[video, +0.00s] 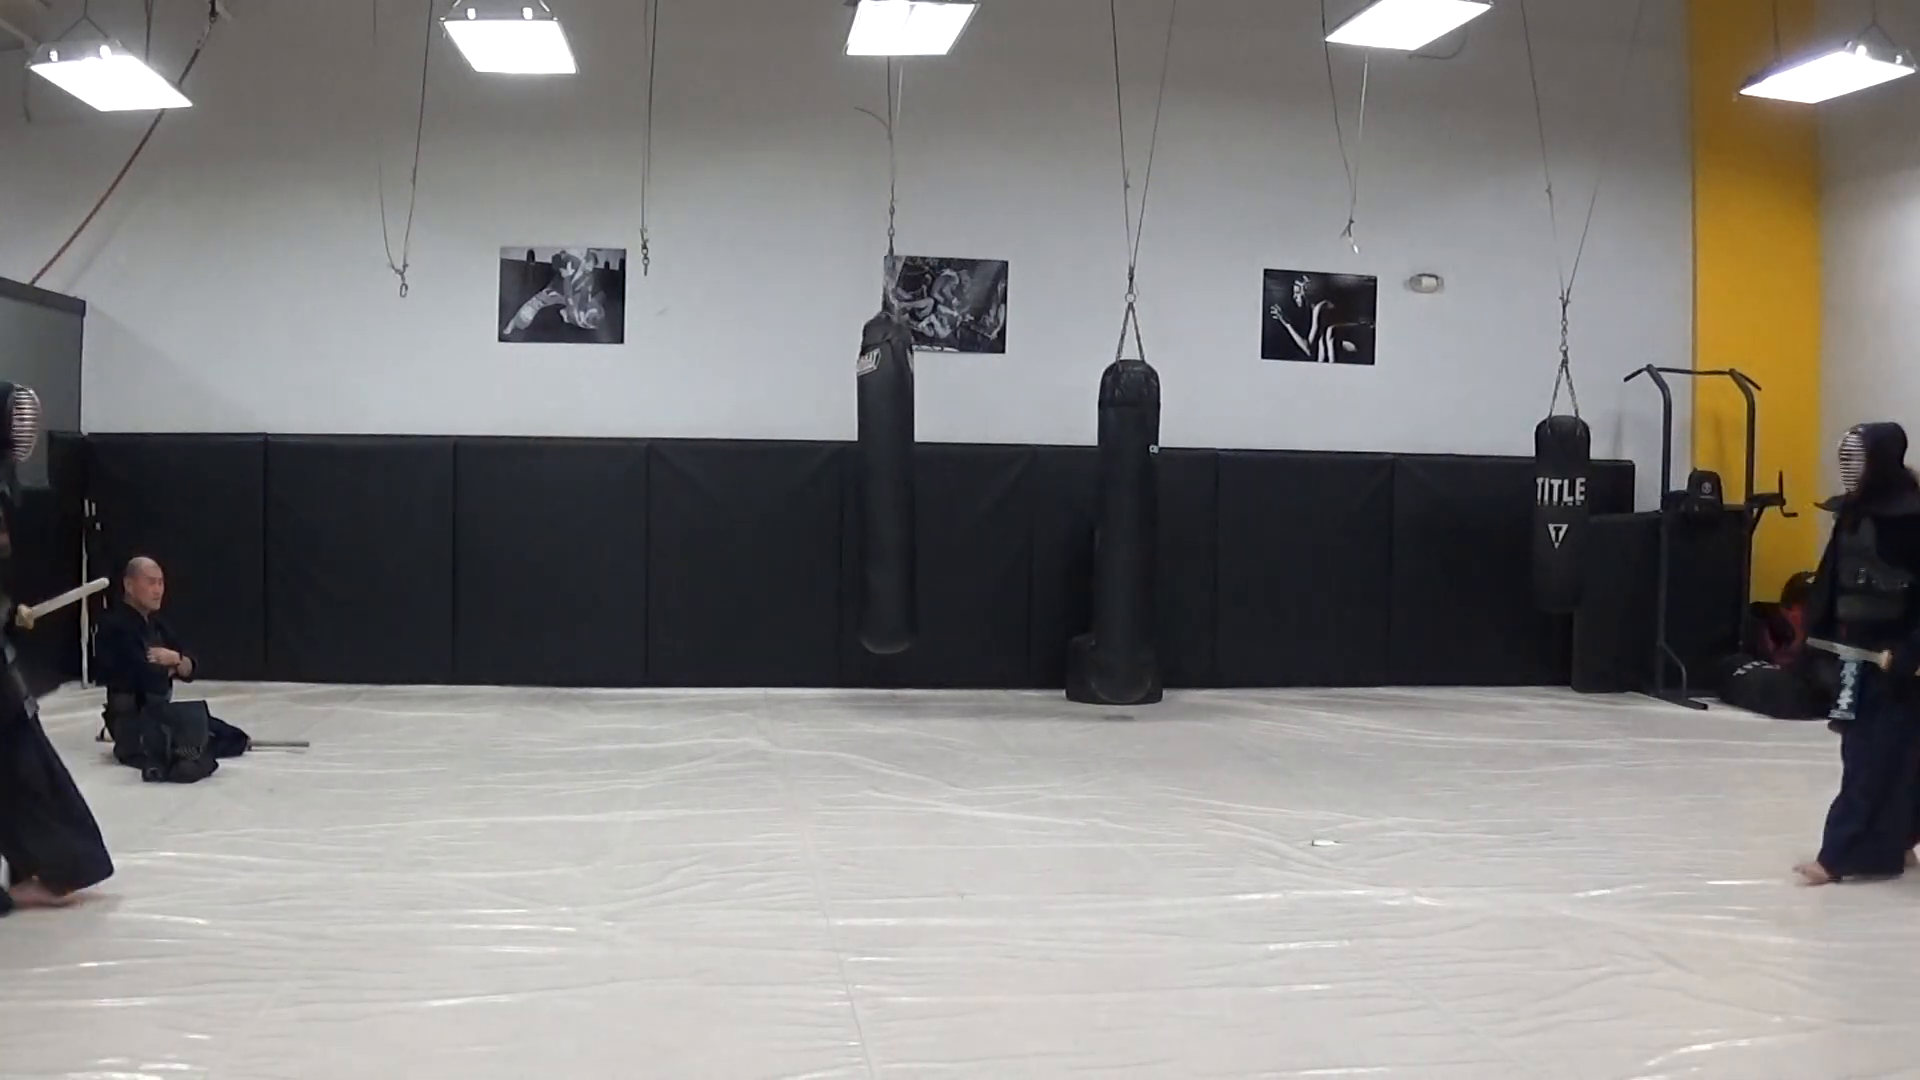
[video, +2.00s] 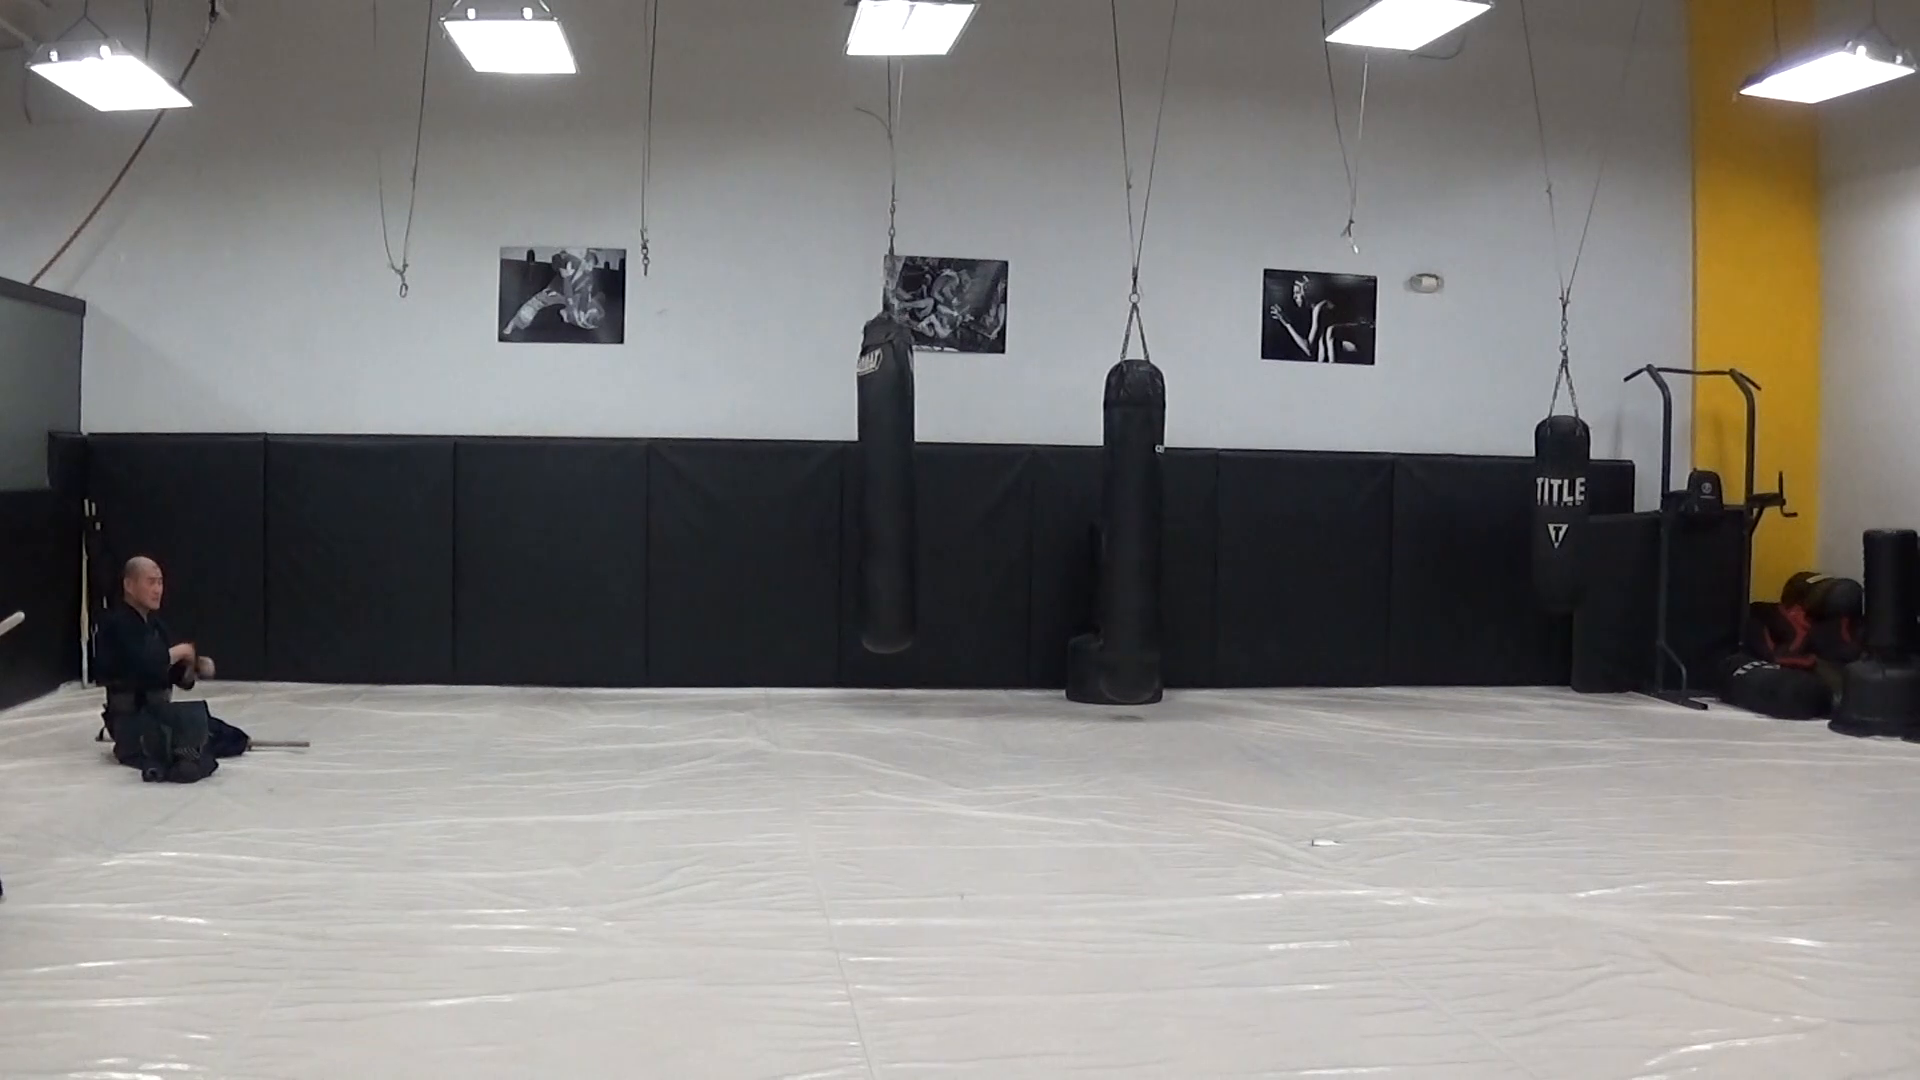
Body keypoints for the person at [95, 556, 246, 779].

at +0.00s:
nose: (158, 590)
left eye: (161, 583)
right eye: (151, 582)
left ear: (164, 585)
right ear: (129, 585)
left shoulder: (156, 623)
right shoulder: (114, 624)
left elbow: (192, 671)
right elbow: (134, 675)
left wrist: (176, 658)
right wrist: (174, 668)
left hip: (161, 717)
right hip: (130, 725)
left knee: (237, 740)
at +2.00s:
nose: (159, 589)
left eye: (160, 582)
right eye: (152, 582)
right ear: (129, 585)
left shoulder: (155, 623)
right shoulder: (114, 624)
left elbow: (169, 674)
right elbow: (136, 664)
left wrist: (190, 669)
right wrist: (175, 654)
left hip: (162, 716)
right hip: (129, 723)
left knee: (236, 740)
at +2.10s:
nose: (158, 589)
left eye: (160, 582)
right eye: (151, 582)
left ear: (163, 585)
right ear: (129, 586)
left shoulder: (154, 623)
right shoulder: (116, 621)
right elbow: (145, 652)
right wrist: (194, 634)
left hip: (162, 717)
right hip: (130, 724)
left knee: (236, 740)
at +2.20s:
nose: (157, 590)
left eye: (160, 583)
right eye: (150, 582)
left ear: (163, 585)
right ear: (128, 586)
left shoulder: (156, 621)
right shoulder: (116, 620)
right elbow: (149, 639)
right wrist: (204, 622)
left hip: (162, 715)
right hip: (128, 721)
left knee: (236, 739)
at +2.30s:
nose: (157, 590)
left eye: (160, 583)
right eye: (150, 583)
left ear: (164, 585)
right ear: (128, 585)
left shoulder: (157, 624)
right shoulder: (116, 620)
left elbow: (173, 679)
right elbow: (147, 634)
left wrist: (186, 697)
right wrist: (201, 624)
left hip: (166, 712)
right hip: (129, 719)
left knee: (235, 740)